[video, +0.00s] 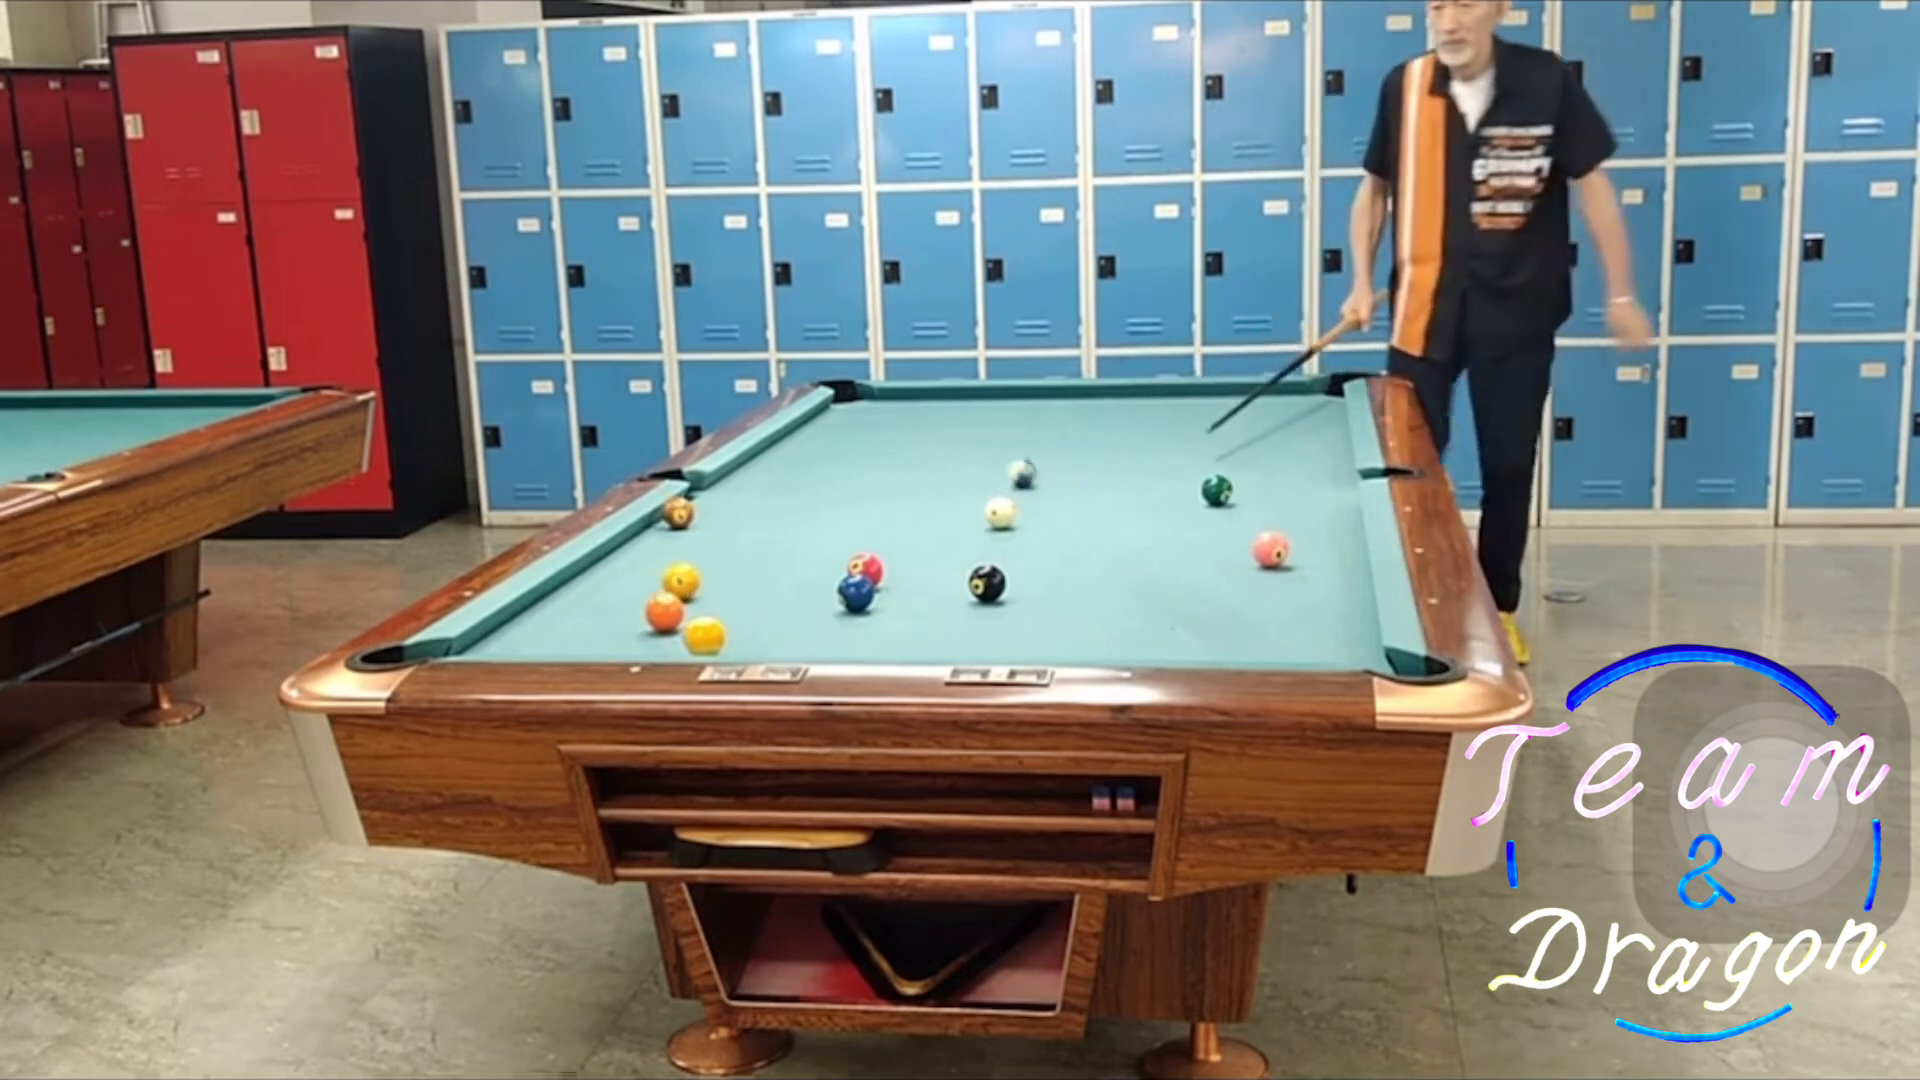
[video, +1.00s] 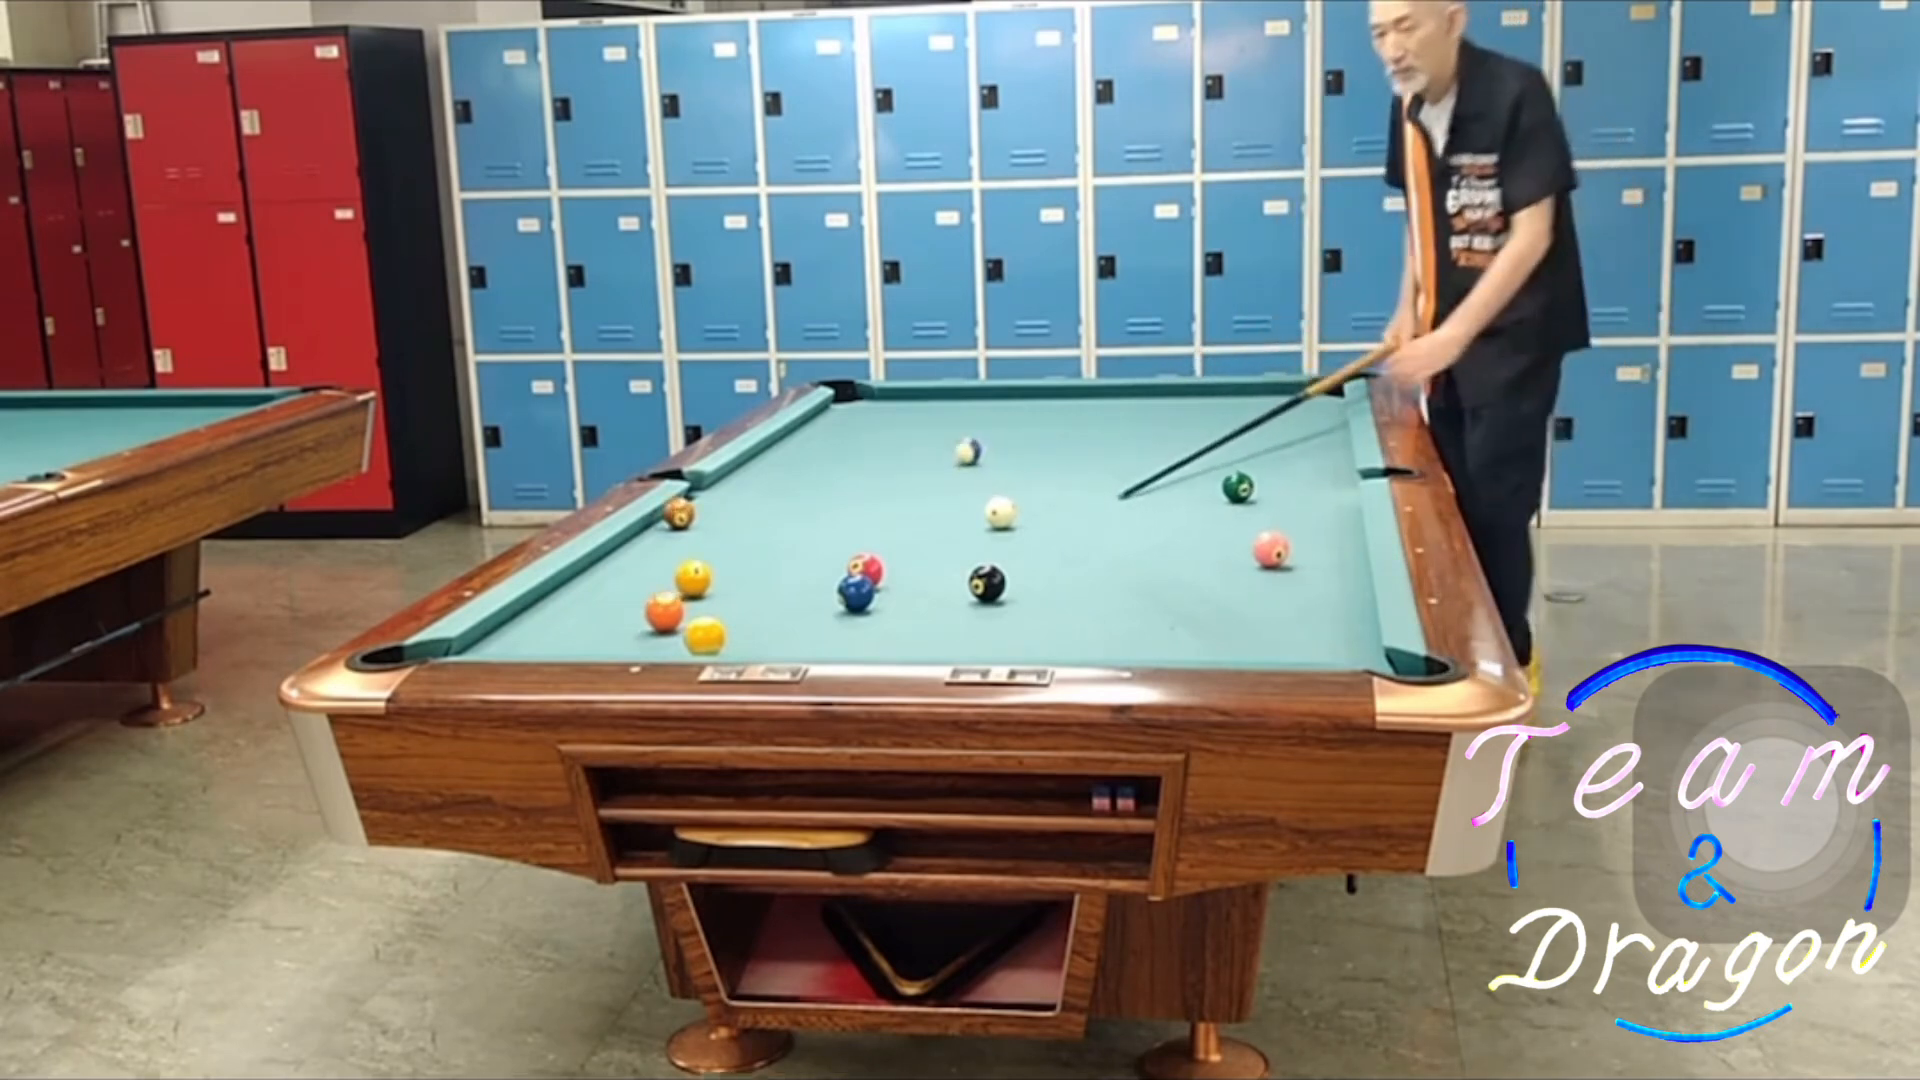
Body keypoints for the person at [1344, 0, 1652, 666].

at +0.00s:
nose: (1447, 21)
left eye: (1465, 7)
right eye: (1437, 8)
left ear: (1500, 13)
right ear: (1427, 16)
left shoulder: (1549, 82)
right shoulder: (1406, 86)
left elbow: (1595, 190)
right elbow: (1374, 191)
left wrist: (1621, 296)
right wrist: (1362, 283)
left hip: (1516, 314)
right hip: (1426, 309)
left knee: (1509, 470)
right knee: (1410, 464)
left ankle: (1495, 613)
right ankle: (1399, 608)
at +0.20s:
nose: (1466, 23)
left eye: (1482, 7)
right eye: (1455, 9)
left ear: (1518, 11)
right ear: (1444, 15)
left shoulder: (1566, 80)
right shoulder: (1420, 87)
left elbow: (1617, 183)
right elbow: (1379, 193)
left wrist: (1653, 291)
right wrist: (1368, 287)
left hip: (1532, 326)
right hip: (1443, 323)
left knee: (1517, 479)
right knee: (1448, 478)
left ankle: (1499, 613)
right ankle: (1441, 620)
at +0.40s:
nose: (1473, 26)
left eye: (1490, 9)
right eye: (1461, 11)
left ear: (1526, 13)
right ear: (1447, 17)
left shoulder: (1573, 86)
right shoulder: (1423, 96)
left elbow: (1617, 199)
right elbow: (1383, 204)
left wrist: (1639, 310)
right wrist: (1371, 302)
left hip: (1542, 343)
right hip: (1454, 342)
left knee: (1522, 498)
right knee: (1479, 498)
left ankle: (1502, 634)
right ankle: (1490, 650)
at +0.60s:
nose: (1459, 26)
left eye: (1476, 9)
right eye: (1446, 12)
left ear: (1514, 12)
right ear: (1434, 17)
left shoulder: (1567, 83)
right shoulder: (1416, 96)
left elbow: (1599, 208)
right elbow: (1386, 207)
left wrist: (1591, 322)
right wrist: (1375, 309)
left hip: (1544, 338)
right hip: (1448, 339)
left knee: (1543, 493)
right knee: (1466, 500)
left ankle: (1532, 594)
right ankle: (1501, 651)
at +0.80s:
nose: (1429, 25)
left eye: (1446, 9)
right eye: (1418, 12)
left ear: (1489, 10)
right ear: (1411, 18)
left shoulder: (1551, 81)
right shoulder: (1407, 93)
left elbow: (1575, 213)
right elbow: (1392, 197)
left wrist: (1526, 322)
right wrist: (1379, 279)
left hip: (1532, 331)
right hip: (1444, 333)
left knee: (1513, 494)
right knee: (1466, 508)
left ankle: (1556, 667)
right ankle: (1501, 668)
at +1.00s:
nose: (1393, 47)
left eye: (1406, 26)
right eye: (1381, 33)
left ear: (1454, 18)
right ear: (1374, 38)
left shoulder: (1515, 93)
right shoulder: (1407, 108)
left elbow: (1532, 235)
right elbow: (1424, 223)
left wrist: (1447, 338)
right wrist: (1408, 309)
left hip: (1512, 335)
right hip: (1444, 336)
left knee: (1494, 504)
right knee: (1447, 500)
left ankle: (1507, 658)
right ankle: (1454, 651)